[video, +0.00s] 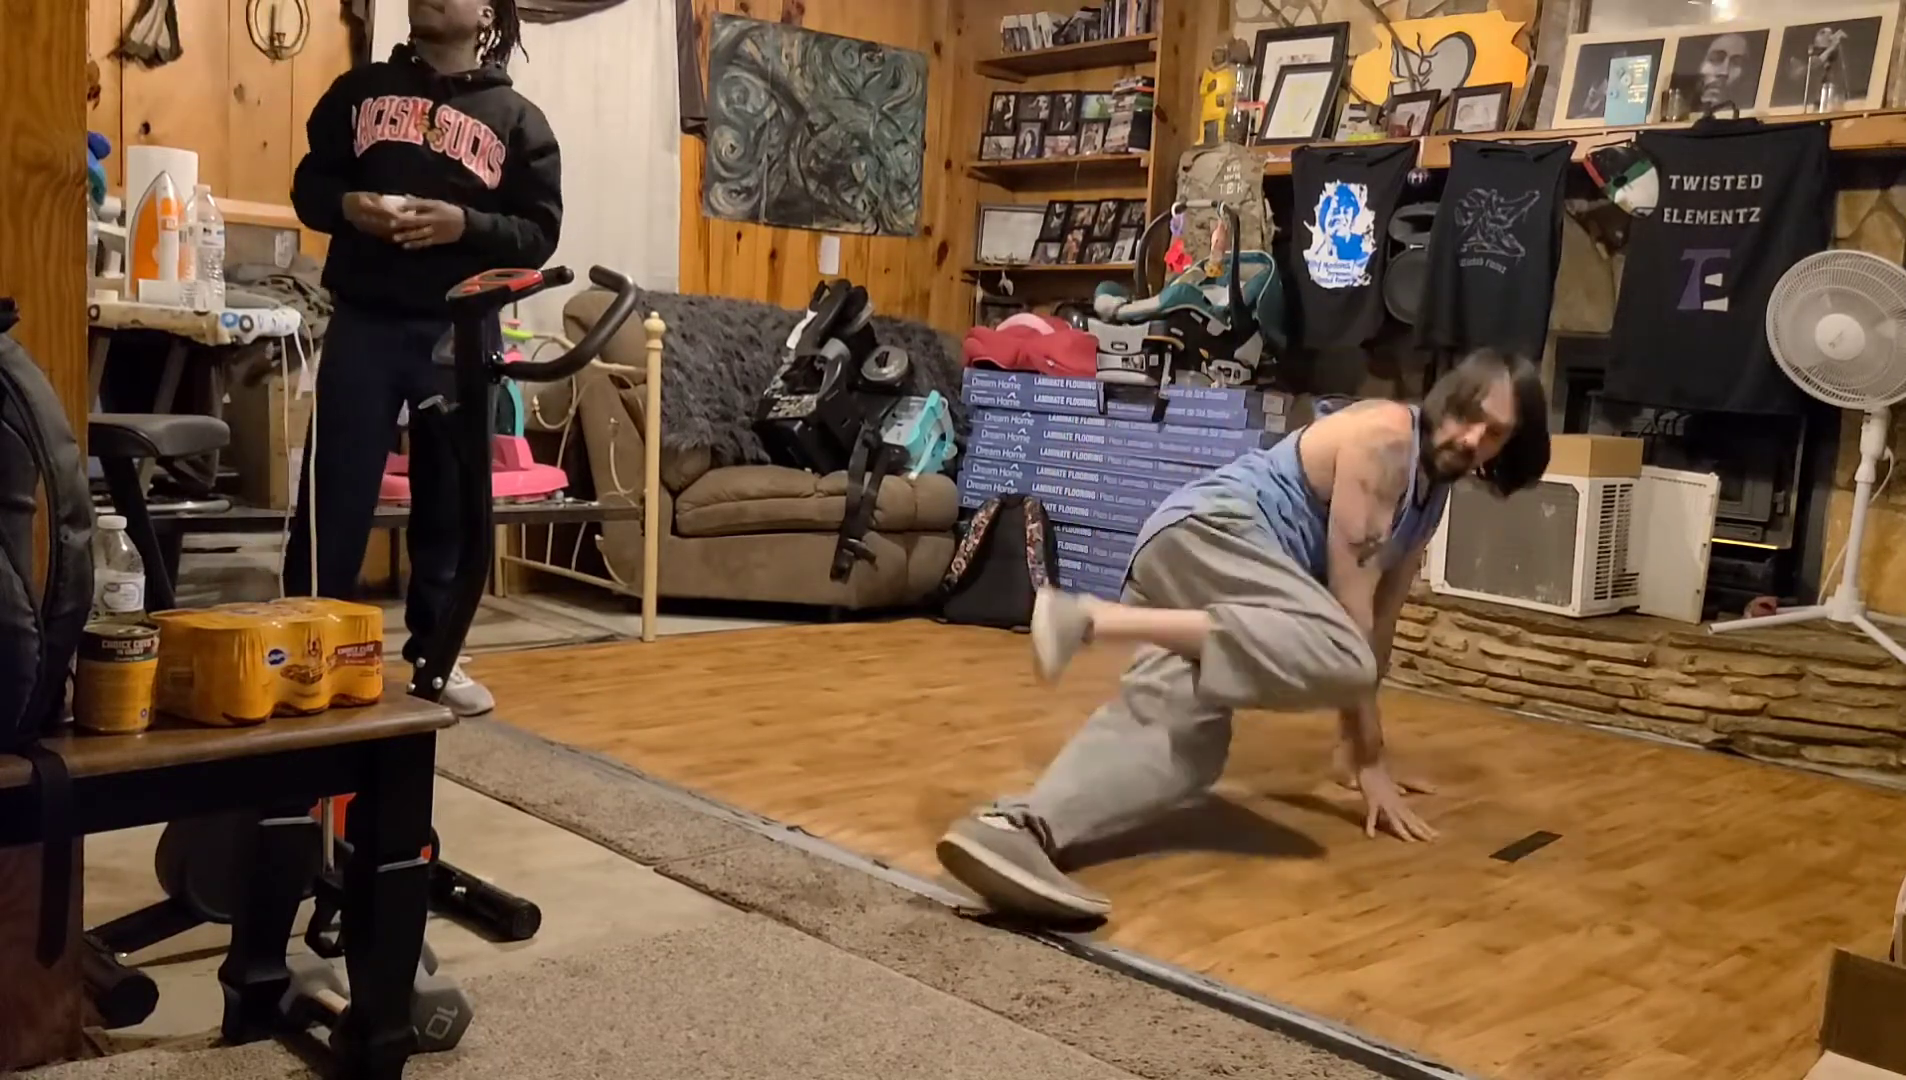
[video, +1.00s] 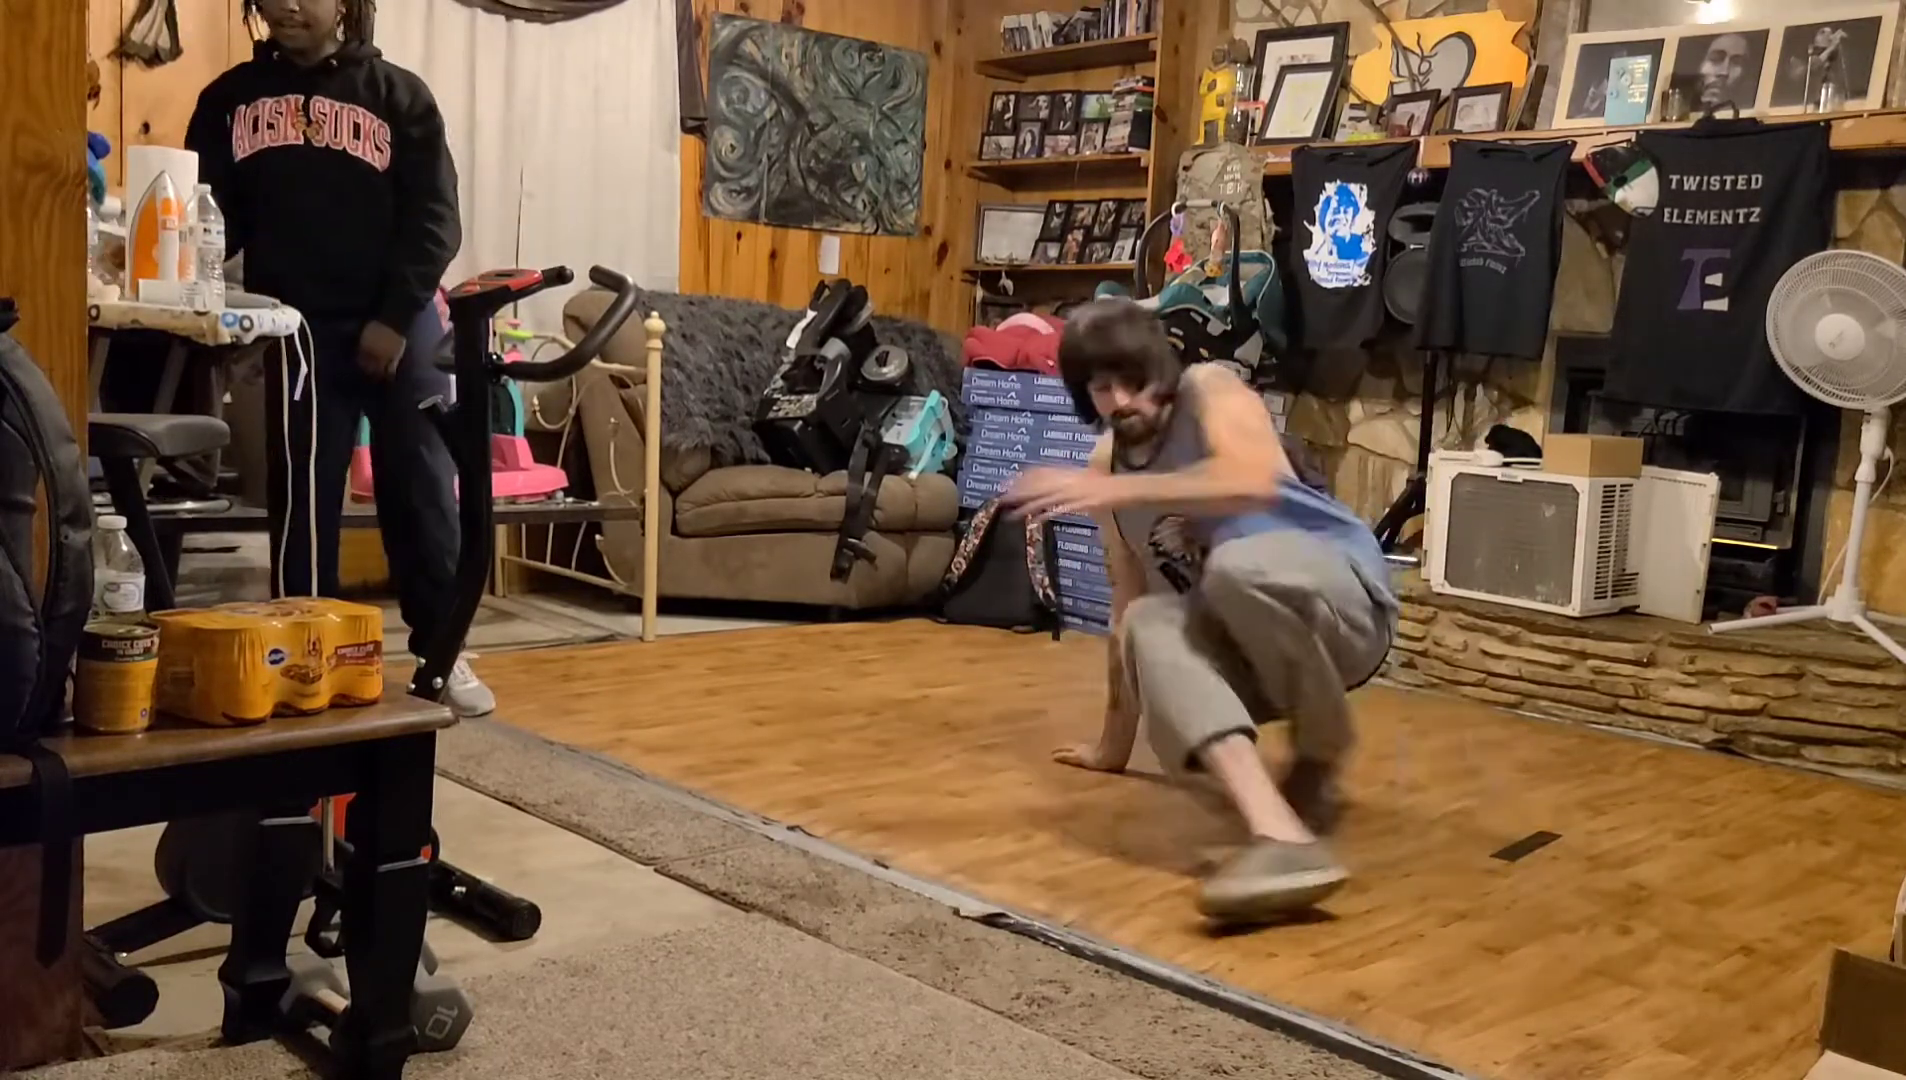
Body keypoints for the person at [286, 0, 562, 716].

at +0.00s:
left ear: (488, 15)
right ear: (413, 8)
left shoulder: (519, 121)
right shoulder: (360, 89)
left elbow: (540, 235)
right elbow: (309, 190)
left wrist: (465, 224)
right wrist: (351, 206)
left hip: (460, 332)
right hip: (364, 324)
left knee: (451, 501)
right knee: (336, 494)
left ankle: (435, 660)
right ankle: (310, 656)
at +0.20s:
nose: (409, 1)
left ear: (468, 12)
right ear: (393, 7)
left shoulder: (501, 118)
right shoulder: (341, 91)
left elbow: (519, 237)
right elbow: (302, 180)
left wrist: (446, 276)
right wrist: (302, 205)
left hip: (446, 336)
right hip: (350, 329)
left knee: (448, 502)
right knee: (332, 495)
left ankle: (435, 663)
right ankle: (311, 658)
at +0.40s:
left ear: (417, 7)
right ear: (334, 5)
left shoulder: (456, 112)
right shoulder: (293, 93)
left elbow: (472, 245)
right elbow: (274, 197)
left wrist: (424, 333)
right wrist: (217, 214)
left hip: (416, 334)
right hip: (317, 329)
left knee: (433, 497)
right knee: (314, 494)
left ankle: (433, 657)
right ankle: (305, 654)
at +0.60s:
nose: (308, 7)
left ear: (371, 11)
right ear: (290, 8)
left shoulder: (419, 102)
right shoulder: (255, 96)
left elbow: (448, 231)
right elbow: (221, 212)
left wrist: (407, 330)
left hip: (406, 327)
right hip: (302, 327)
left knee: (431, 492)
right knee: (306, 496)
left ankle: (437, 659)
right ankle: (301, 659)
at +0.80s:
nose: (286, 8)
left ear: (343, 4)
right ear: (256, 8)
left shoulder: (398, 94)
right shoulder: (231, 101)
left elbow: (436, 220)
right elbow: (201, 220)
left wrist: (392, 320)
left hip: (398, 318)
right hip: (295, 324)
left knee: (435, 487)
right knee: (304, 498)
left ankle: (444, 655)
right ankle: (299, 661)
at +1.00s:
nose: (291, 7)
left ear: (344, 4)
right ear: (258, 7)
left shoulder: (398, 95)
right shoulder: (226, 99)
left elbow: (435, 221)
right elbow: (204, 230)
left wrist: (396, 315)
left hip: (395, 322)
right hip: (291, 330)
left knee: (422, 487)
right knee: (303, 496)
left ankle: (443, 657)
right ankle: (301, 660)